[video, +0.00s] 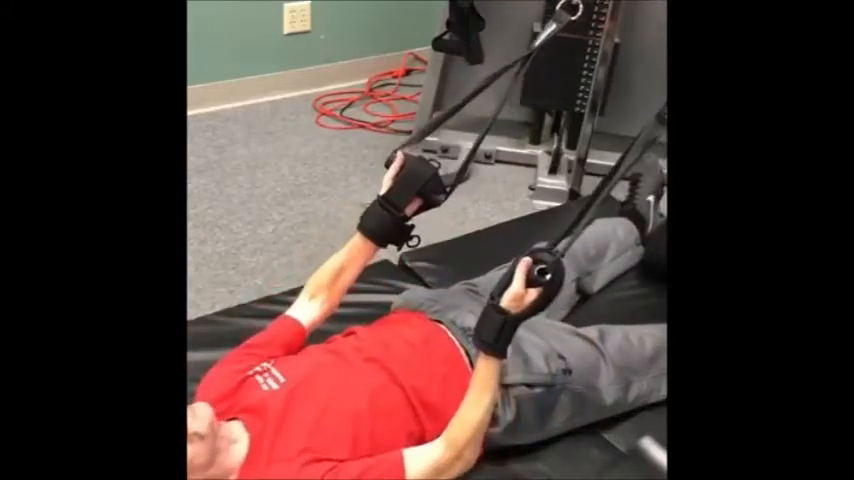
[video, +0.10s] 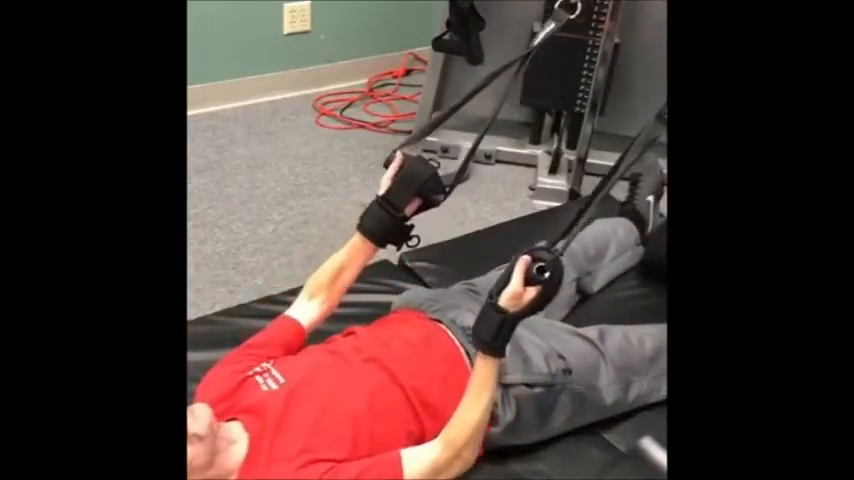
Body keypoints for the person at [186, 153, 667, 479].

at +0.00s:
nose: (198, 417)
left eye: (183, 415)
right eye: (187, 438)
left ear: (186, 409)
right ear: (194, 474)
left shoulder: (222, 381)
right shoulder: (289, 475)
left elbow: (315, 300)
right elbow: (449, 457)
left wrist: (386, 214)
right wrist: (500, 329)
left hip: (426, 312)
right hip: (488, 385)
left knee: (552, 270)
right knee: (646, 352)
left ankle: (635, 221)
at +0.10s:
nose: (197, 417)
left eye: (183, 415)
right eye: (186, 438)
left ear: (186, 410)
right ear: (194, 474)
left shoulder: (221, 382)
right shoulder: (286, 475)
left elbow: (314, 300)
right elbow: (447, 457)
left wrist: (385, 214)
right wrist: (500, 324)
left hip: (425, 314)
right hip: (488, 386)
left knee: (552, 270)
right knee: (643, 353)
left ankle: (634, 221)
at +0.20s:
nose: (197, 418)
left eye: (182, 416)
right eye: (186, 439)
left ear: (186, 410)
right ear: (194, 473)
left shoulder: (220, 382)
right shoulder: (284, 476)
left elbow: (314, 299)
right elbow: (445, 456)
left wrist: (384, 215)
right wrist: (495, 327)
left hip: (427, 313)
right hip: (488, 385)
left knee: (552, 270)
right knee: (642, 354)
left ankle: (633, 222)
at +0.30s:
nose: (198, 419)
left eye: (182, 417)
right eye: (185, 441)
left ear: (186, 410)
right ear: (194, 473)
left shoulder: (220, 382)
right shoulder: (285, 475)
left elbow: (313, 298)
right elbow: (444, 454)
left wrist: (384, 212)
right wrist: (495, 318)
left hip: (426, 314)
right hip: (489, 386)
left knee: (550, 269)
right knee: (640, 355)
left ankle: (633, 223)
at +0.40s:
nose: (197, 417)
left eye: (182, 416)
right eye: (185, 439)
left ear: (186, 410)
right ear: (194, 472)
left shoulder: (220, 382)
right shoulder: (285, 475)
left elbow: (312, 297)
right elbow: (444, 454)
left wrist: (383, 213)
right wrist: (494, 317)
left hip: (426, 313)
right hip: (490, 386)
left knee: (550, 269)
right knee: (639, 355)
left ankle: (634, 223)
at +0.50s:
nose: (198, 414)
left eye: (184, 411)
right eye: (187, 434)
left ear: (188, 406)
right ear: (196, 472)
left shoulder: (222, 380)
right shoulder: (285, 475)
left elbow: (311, 297)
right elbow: (445, 455)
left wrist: (382, 211)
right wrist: (493, 321)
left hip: (427, 313)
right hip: (490, 385)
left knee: (550, 269)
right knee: (641, 355)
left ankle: (634, 223)